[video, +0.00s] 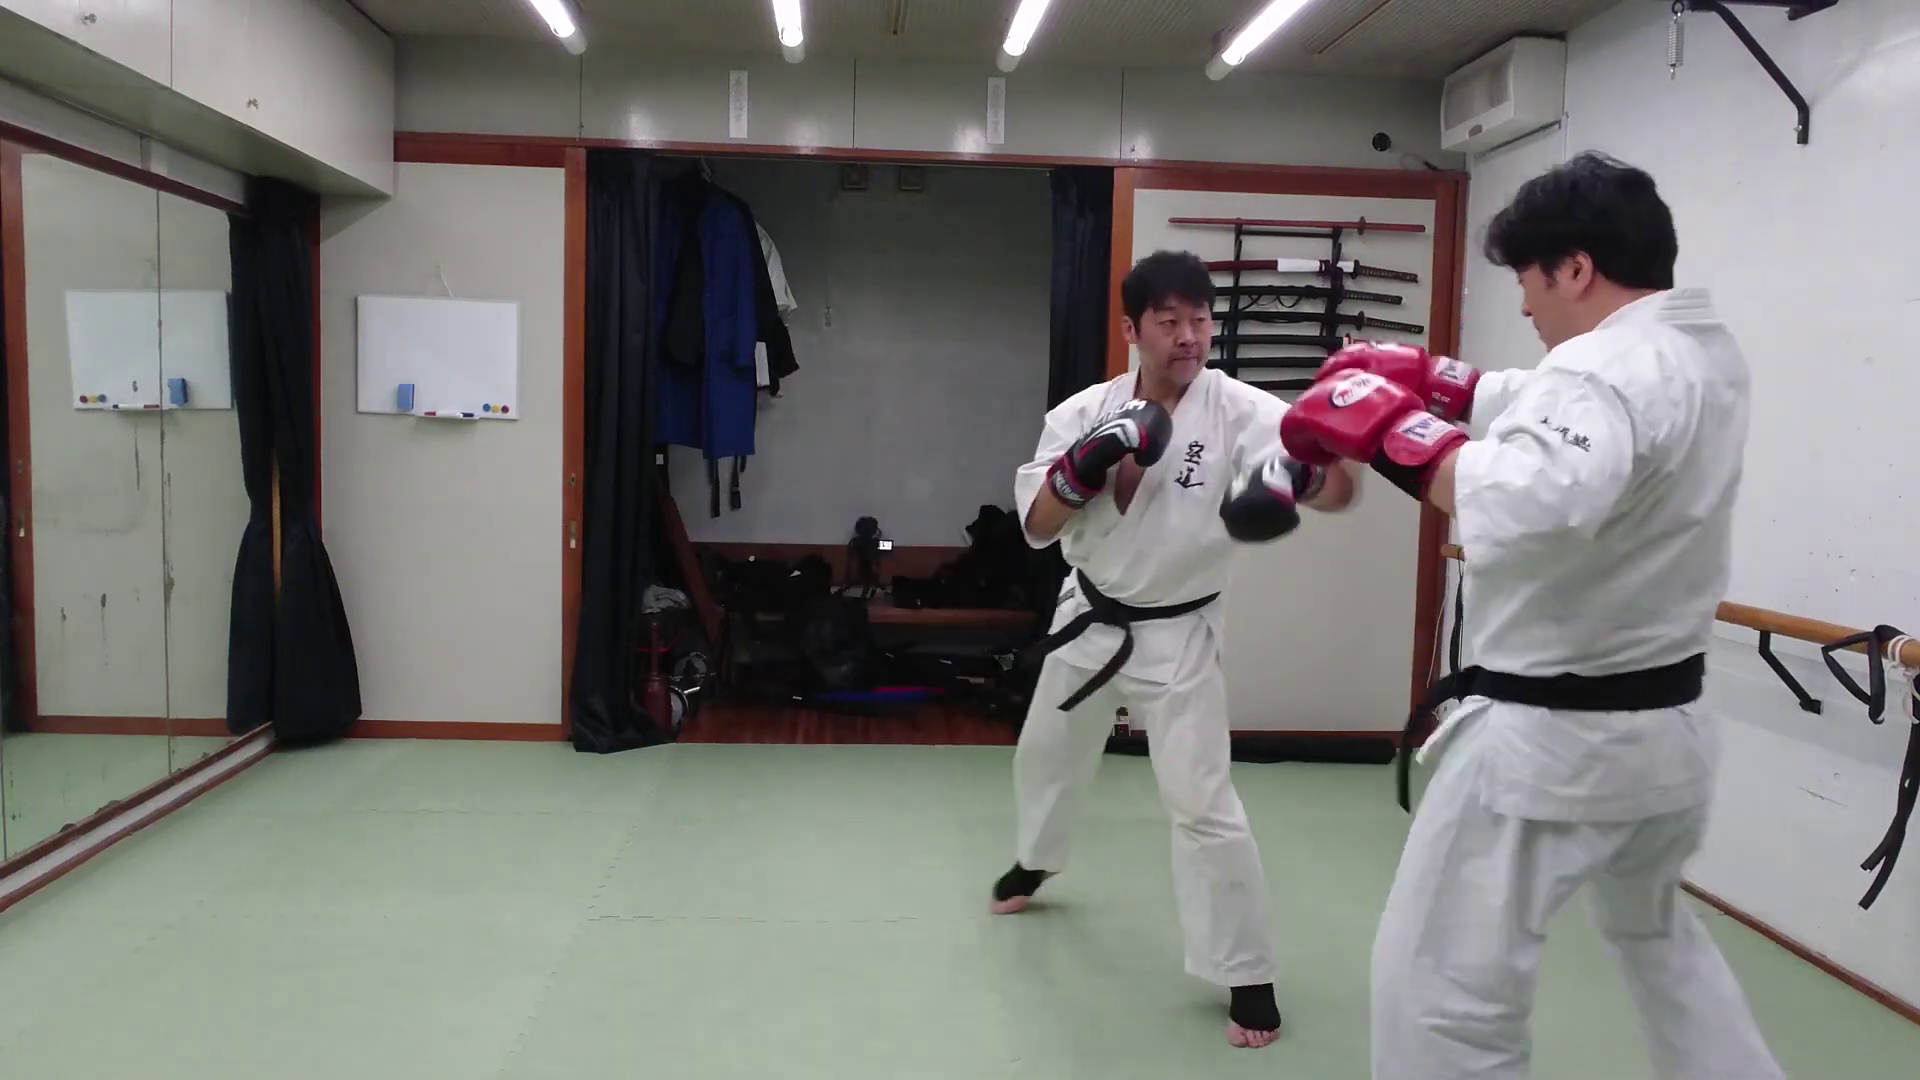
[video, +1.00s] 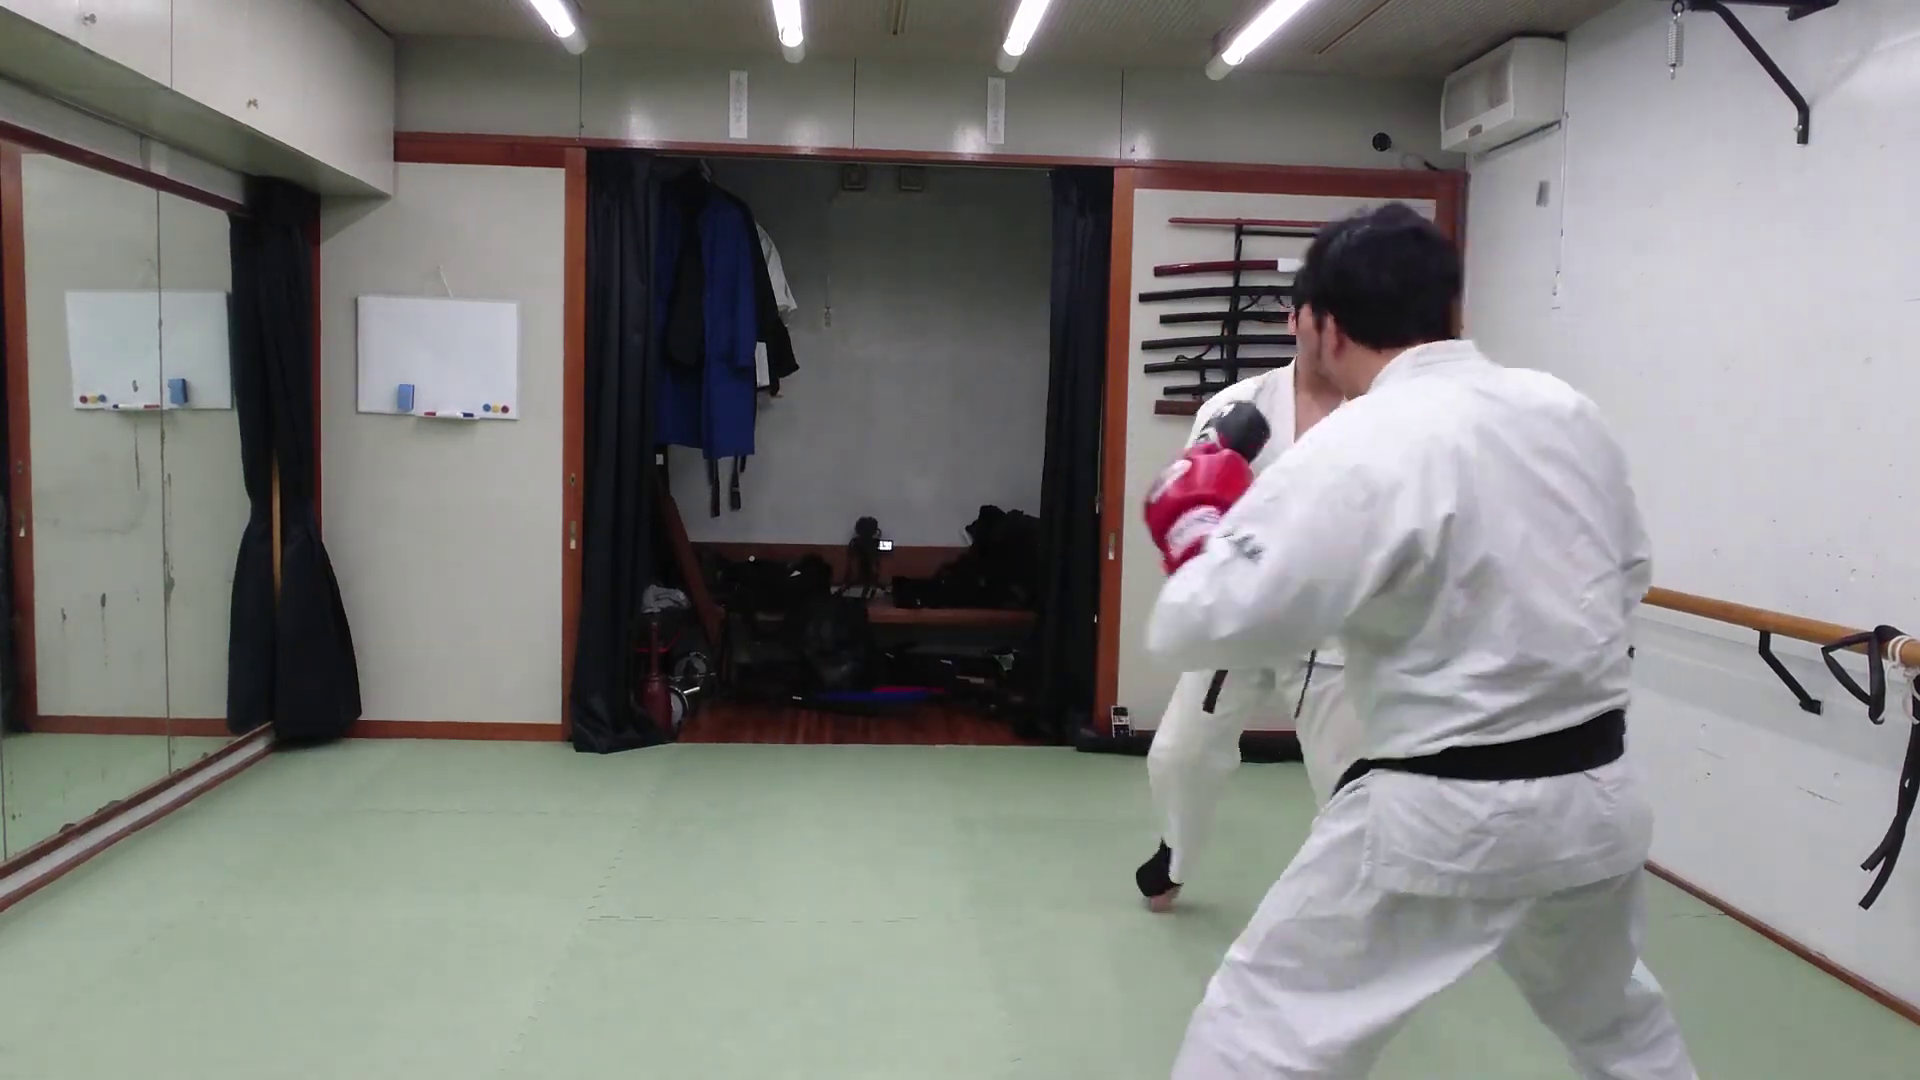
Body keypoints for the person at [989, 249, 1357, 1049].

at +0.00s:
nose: (1189, 337)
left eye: (1200, 321)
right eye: (1170, 321)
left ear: (1212, 328)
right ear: (1132, 328)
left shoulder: (1240, 409)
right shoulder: (1082, 415)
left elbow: (1338, 493)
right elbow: (1036, 526)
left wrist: (1329, 437)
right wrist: (1084, 468)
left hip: (1182, 630)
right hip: (1088, 620)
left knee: (1202, 804)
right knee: (1045, 756)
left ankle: (1249, 980)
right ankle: (1035, 862)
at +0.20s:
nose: (1221, 354)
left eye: (1233, 339)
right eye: (1205, 338)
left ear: (1246, 345)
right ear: (1169, 340)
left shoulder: (1272, 423)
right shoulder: (1127, 415)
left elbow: (1343, 500)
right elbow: (1062, 508)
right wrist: (1106, 440)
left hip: (1222, 634)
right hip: (1134, 627)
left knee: (1221, 800)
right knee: (1122, 761)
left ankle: (1253, 985)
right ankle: (1152, 854)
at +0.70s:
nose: (1280, 350)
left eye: (1293, 336)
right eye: (1265, 332)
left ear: (1307, 338)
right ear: (1233, 330)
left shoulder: (1328, 417)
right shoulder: (1180, 407)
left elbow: (1347, 508)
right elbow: (1131, 513)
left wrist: (1351, 534)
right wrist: (1178, 506)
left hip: (1271, 606)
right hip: (1180, 599)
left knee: (1288, 757)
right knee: (1145, 739)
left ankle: (1309, 913)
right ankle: (1133, 858)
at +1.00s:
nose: (1312, 334)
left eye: (1319, 319)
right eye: (1310, 317)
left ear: (1340, 329)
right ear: (1295, 322)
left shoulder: (1387, 419)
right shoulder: (1237, 409)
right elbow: (1184, 502)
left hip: (1336, 629)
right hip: (1237, 620)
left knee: (1348, 775)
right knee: (1176, 755)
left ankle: (1364, 915)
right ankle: (1175, 852)